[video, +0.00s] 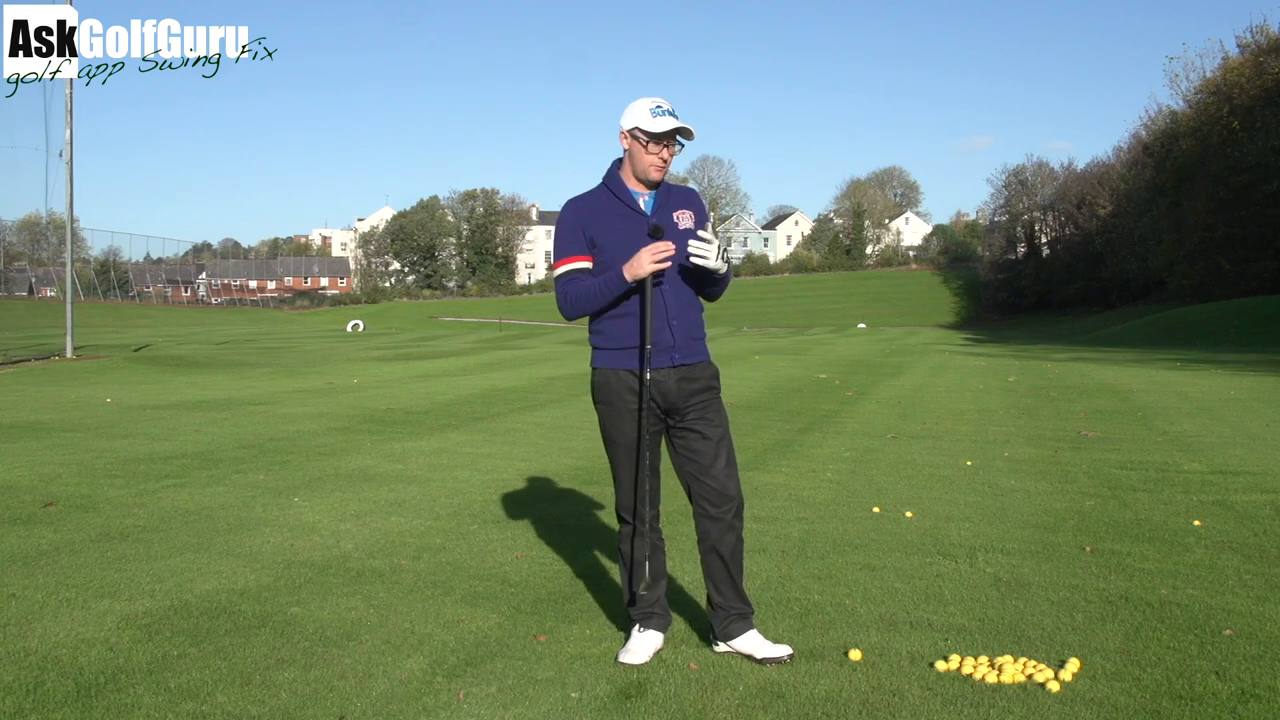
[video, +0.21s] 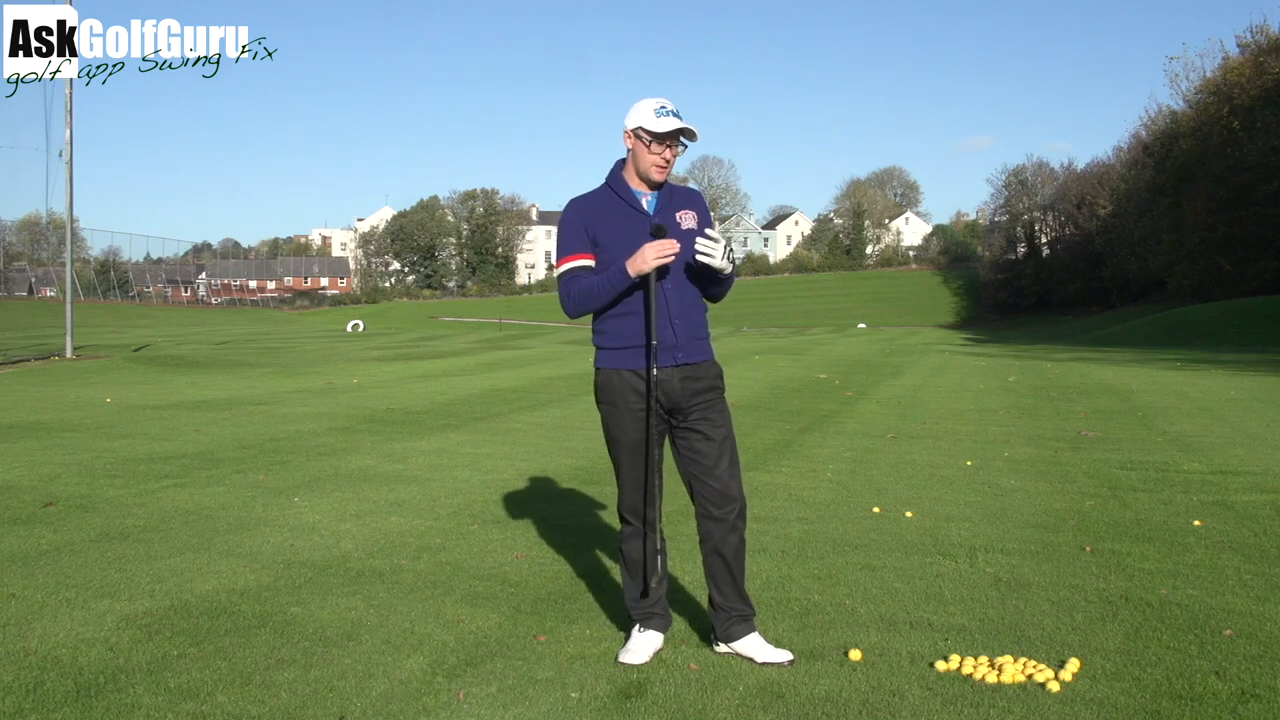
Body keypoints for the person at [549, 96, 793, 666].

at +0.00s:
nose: (666, 153)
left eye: (673, 144)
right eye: (655, 141)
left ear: (676, 148)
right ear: (627, 140)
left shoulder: (687, 203)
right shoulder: (581, 212)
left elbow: (711, 291)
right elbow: (570, 300)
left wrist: (714, 267)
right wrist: (628, 272)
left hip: (691, 372)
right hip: (622, 378)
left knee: (721, 499)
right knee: (636, 506)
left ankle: (732, 624)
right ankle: (648, 620)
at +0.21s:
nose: (669, 154)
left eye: (676, 145)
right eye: (658, 142)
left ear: (680, 149)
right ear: (630, 139)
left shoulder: (690, 203)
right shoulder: (584, 211)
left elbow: (713, 291)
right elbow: (573, 299)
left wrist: (721, 266)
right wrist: (630, 268)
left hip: (695, 372)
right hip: (625, 378)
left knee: (723, 501)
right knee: (638, 507)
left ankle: (733, 625)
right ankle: (649, 621)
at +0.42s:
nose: (665, 148)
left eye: (676, 140)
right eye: (657, 136)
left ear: (685, 148)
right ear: (636, 137)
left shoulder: (700, 205)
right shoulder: (592, 207)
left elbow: (723, 291)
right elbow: (582, 293)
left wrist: (727, 265)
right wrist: (639, 265)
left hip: (702, 370)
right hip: (631, 375)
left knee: (721, 501)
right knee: (641, 505)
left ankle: (733, 625)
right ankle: (649, 620)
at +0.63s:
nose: (672, 145)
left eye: (683, 138)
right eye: (664, 134)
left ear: (696, 147)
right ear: (647, 137)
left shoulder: (713, 205)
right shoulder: (601, 206)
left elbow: (737, 291)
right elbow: (591, 289)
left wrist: (737, 262)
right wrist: (647, 259)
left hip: (711, 370)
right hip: (638, 374)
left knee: (721, 503)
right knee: (645, 505)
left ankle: (733, 626)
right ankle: (649, 621)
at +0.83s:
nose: (684, 145)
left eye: (696, 137)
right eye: (677, 134)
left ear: (708, 146)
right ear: (660, 137)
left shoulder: (728, 204)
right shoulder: (615, 206)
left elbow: (751, 292)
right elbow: (602, 289)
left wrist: (748, 260)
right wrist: (651, 258)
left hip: (721, 370)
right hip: (648, 372)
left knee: (725, 505)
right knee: (651, 505)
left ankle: (732, 627)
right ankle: (650, 621)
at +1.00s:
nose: (695, 144)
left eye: (706, 137)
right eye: (687, 134)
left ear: (717, 146)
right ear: (670, 138)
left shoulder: (737, 204)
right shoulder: (625, 207)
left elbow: (761, 292)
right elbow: (609, 292)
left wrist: (763, 258)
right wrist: (646, 250)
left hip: (730, 371)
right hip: (656, 373)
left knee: (729, 506)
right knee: (656, 506)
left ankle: (733, 627)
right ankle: (650, 621)